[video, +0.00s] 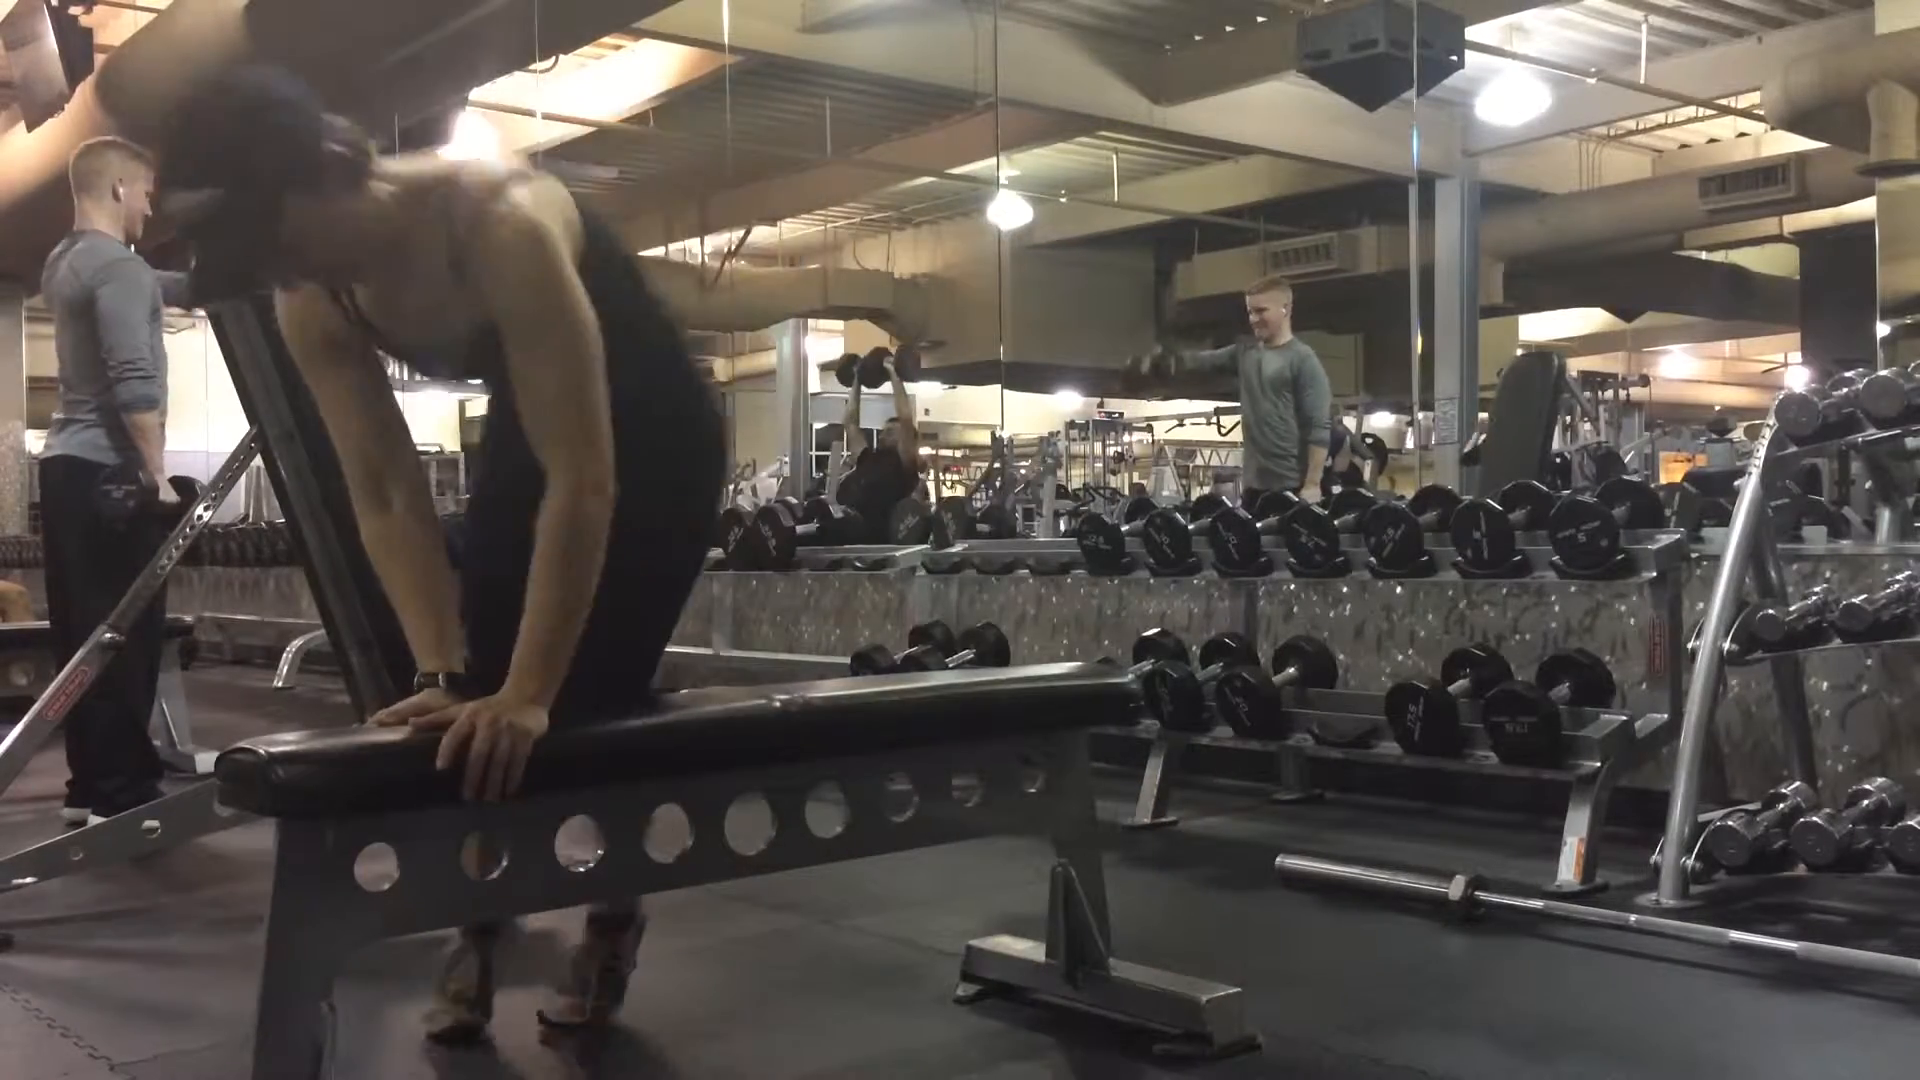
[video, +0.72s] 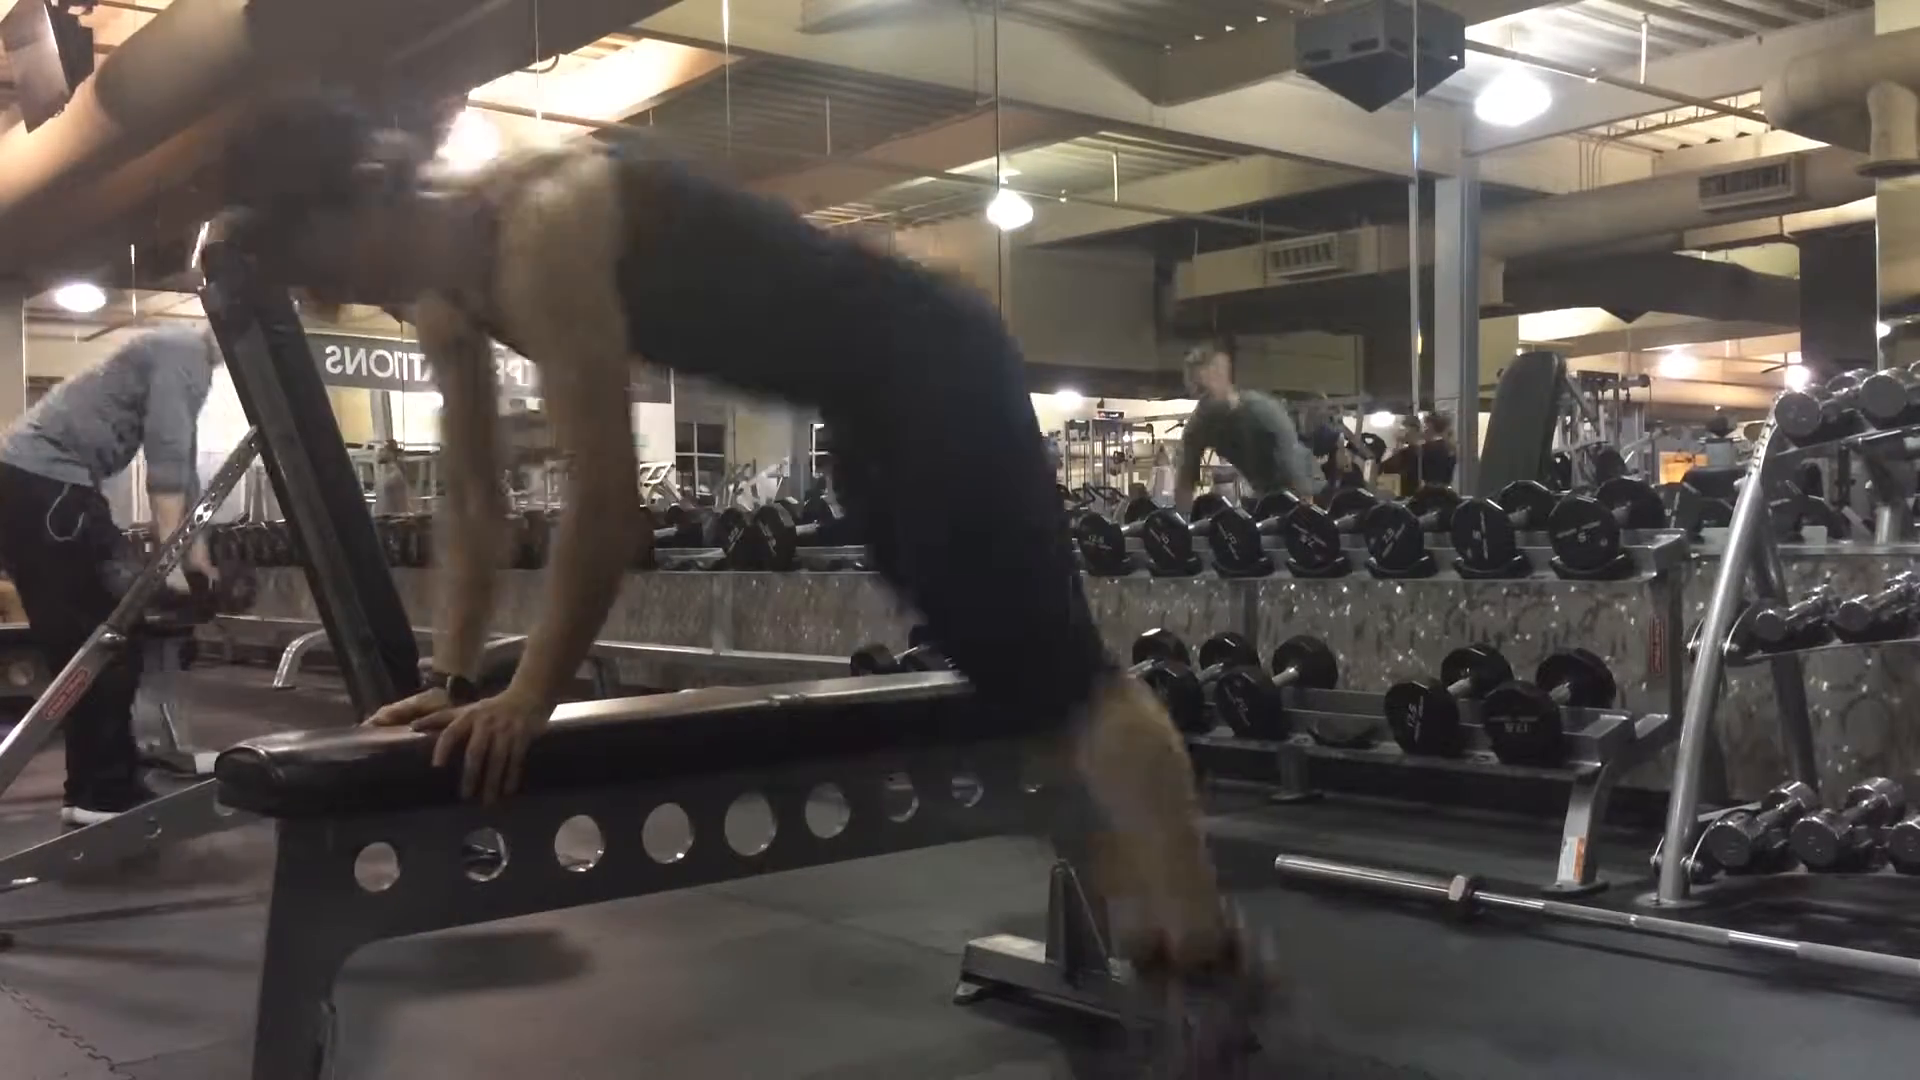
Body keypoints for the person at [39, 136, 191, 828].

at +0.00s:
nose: (150, 204)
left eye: (149, 192)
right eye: (144, 191)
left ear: (92, 194)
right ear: (115, 189)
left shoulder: (66, 261)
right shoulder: (118, 266)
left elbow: (179, 288)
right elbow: (132, 382)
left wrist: (247, 260)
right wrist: (158, 471)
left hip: (68, 470)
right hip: (109, 471)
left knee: (87, 630)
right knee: (126, 630)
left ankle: (92, 782)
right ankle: (119, 790)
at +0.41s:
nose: (165, 214)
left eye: (165, 202)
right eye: (161, 201)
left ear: (101, 197)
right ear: (139, 197)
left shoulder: (72, 266)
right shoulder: (126, 272)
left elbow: (176, 315)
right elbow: (142, 389)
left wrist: (224, 314)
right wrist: (168, 484)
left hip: (60, 471)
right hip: (107, 475)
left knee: (84, 635)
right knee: (128, 636)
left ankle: (89, 786)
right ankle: (124, 790)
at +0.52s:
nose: (191, 233)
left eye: (191, 221)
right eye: (186, 219)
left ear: (135, 216)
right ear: (159, 216)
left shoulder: (100, 274)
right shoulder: (131, 283)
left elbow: (177, 348)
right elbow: (144, 398)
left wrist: (239, 389)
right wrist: (167, 495)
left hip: (50, 478)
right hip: (85, 483)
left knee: (85, 640)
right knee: (142, 635)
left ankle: (89, 789)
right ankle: (125, 793)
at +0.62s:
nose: (214, 263)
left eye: (216, 250)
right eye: (211, 249)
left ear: (162, 244)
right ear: (189, 245)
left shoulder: (144, 300)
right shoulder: (153, 301)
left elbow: (183, 404)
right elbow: (154, 417)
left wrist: (232, 462)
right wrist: (170, 518)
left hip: (42, 478)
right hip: (57, 481)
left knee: (86, 638)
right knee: (123, 633)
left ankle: (93, 787)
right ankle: (114, 791)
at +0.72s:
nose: (253, 344)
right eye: (256, 332)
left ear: (221, 319)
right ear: (235, 327)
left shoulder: (185, 362)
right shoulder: (180, 349)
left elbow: (181, 472)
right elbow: (166, 466)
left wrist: (197, 558)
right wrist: (171, 559)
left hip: (49, 481)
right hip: (44, 482)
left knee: (94, 641)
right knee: (102, 641)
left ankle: (101, 785)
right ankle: (101, 791)